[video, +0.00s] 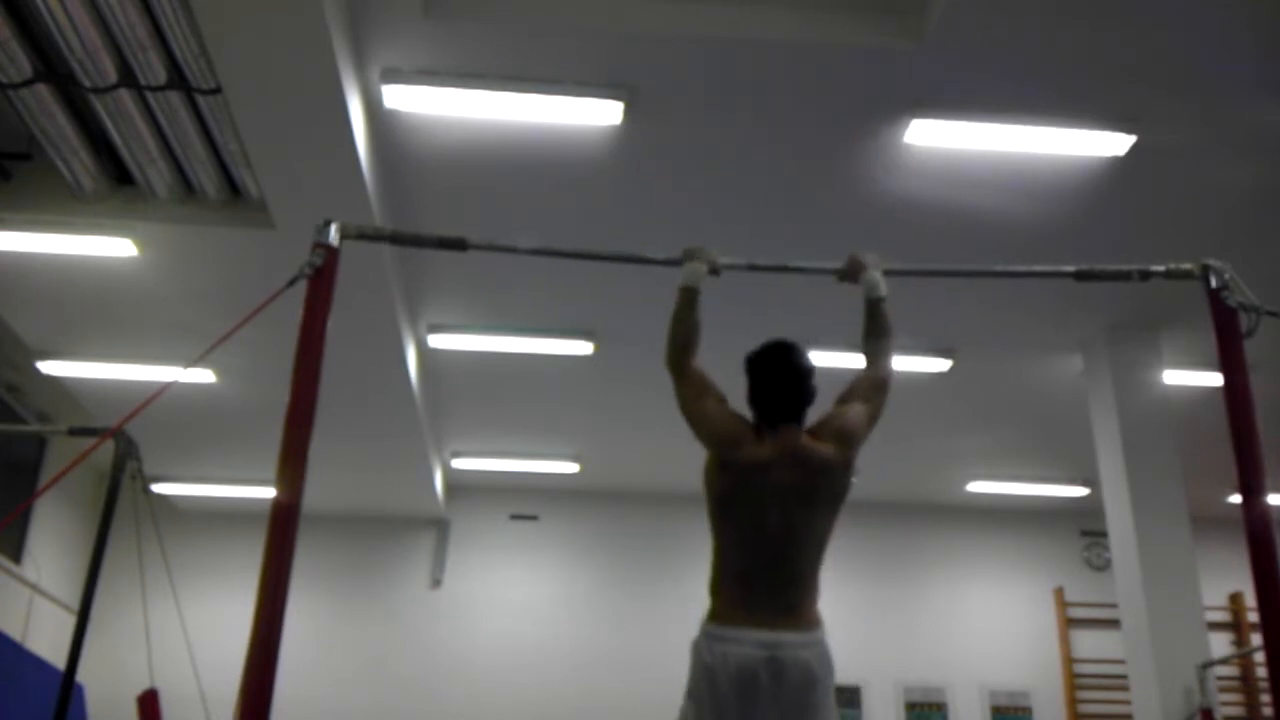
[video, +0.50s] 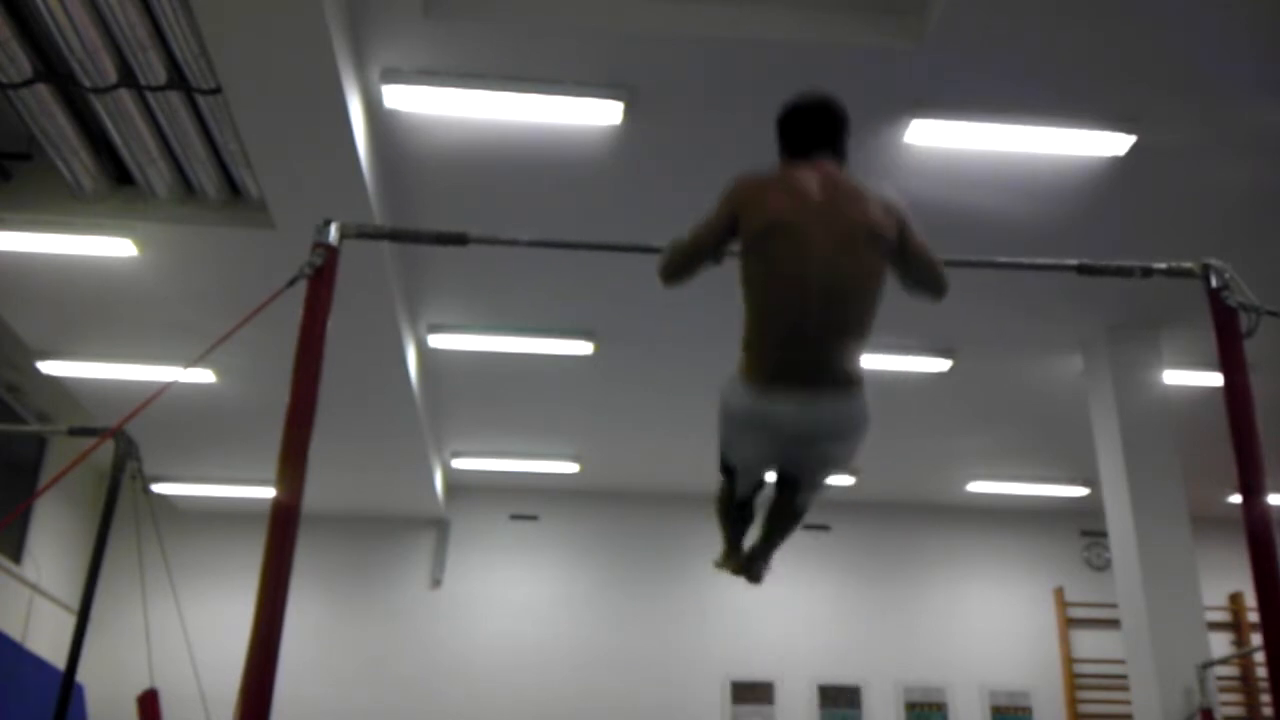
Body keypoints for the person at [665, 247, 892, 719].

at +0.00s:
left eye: (757, 383)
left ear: (750, 397)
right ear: (809, 398)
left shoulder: (729, 445)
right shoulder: (832, 451)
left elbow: (681, 365)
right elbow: (877, 371)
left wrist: (691, 277)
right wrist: (874, 288)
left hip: (727, 650)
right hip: (803, 653)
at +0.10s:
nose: (803, 372)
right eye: (806, 362)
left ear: (758, 371)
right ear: (815, 371)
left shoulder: (735, 425)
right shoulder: (840, 432)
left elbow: (680, 359)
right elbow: (878, 367)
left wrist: (690, 277)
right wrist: (875, 288)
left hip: (733, 625)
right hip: (809, 626)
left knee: (708, 713)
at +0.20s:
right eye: (822, 329)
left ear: (770, 333)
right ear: (831, 338)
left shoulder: (744, 393)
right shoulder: (856, 404)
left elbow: (683, 354)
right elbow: (884, 358)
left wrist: (691, 276)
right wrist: (876, 289)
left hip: (746, 609)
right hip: (824, 614)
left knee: (729, 708)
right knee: (789, 711)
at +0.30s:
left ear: (785, 286)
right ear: (848, 292)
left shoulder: (752, 346)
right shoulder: (871, 364)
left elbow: (688, 344)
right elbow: (892, 339)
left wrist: (694, 275)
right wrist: (879, 285)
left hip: (755, 561)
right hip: (831, 568)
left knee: (729, 601)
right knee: (802, 623)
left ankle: (736, 618)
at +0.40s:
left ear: (789, 211)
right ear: (853, 214)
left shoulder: (759, 274)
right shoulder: (880, 285)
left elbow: (685, 309)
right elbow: (916, 328)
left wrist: (695, 260)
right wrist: (874, 272)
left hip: (763, 485)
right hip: (838, 491)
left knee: (738, 529)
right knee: (787, 539)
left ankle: (736, 557)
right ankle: (748, 559)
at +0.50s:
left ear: (781, 144)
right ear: (843, 146)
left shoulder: (753, 195)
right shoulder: (877, 210)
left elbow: (672, 270)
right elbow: (933, 283)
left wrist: (715, 242)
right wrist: (886, 241)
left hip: (757, 403)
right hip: (833, 409)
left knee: (738, 479)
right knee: (798, 486)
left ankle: (733, 552)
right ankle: (758, 560)